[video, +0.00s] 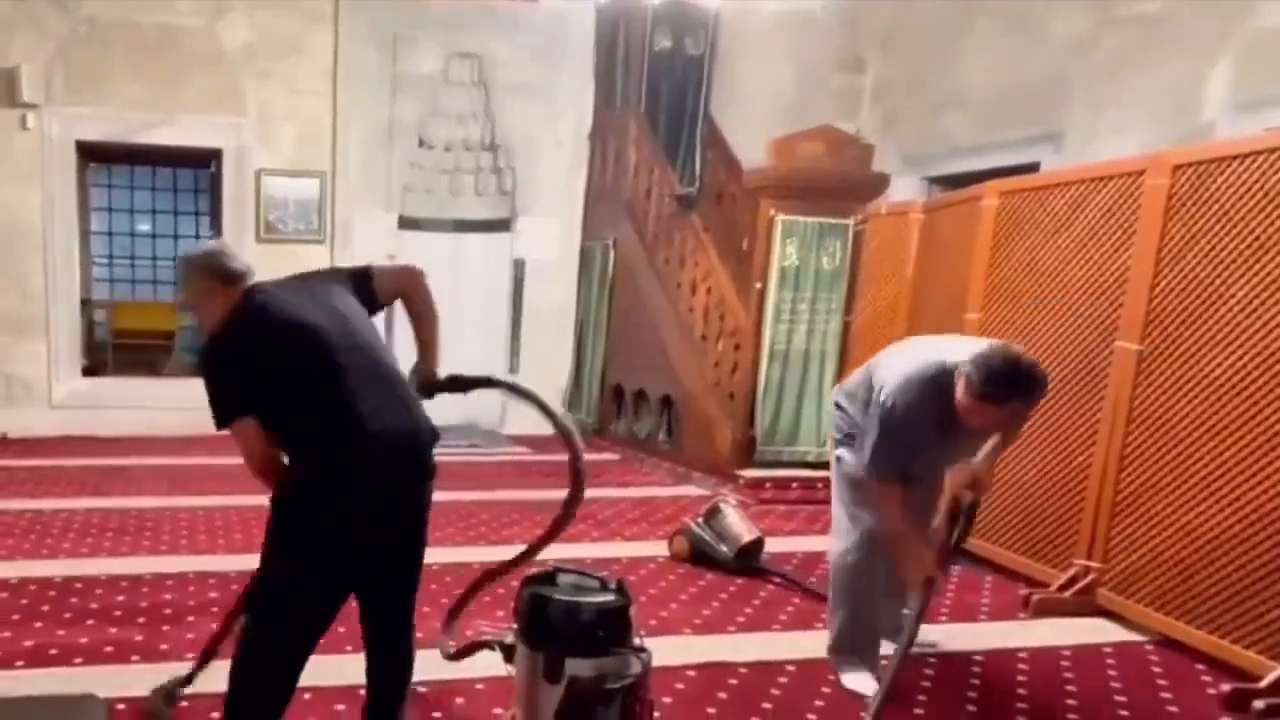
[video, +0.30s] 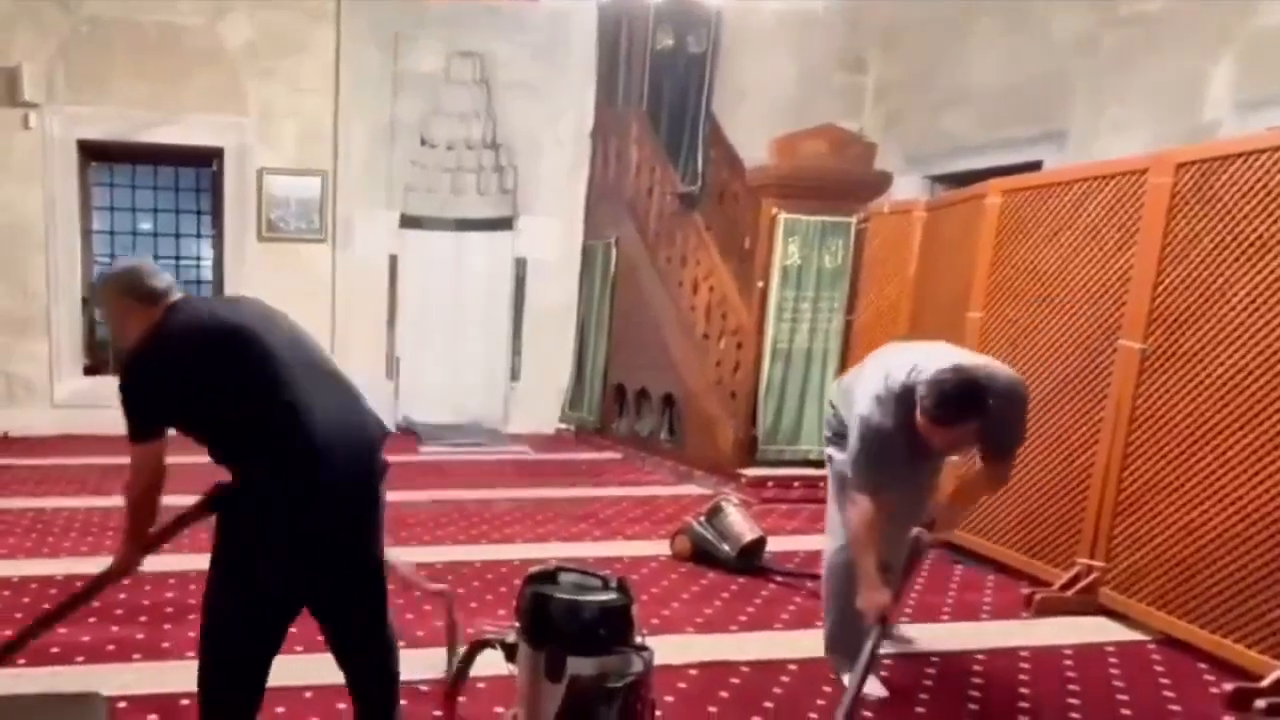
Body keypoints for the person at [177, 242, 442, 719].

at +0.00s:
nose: (196, 317)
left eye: (195, 304)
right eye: (192, 306)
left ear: (212, 291)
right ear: (244, 278)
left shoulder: (225, 346)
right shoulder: (319, 286)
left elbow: (260, 458)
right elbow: (410, 277)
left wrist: (296, 494)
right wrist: (427, 366)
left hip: (333, 477)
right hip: (408, 461)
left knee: (276, 637)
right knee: (391, 628)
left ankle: (247, 715)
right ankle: (386, 714)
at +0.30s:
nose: (113, 333)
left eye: (111, 320)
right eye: (108, 322)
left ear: (128, 310)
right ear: (166, 293)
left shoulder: (146, 359)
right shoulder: (234, 312)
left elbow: (147, 475)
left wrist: (132, 545)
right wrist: (244, 476)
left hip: (279, 486)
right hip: (356, 465)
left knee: (233, 650)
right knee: (362, 633)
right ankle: (381, 710)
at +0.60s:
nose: (51, 374)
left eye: (48, 360)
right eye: (44, 361)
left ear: (68, 345)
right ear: (103, 330)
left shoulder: (83, 395)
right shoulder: (176, 349)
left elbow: (55, 501)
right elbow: (175, 476)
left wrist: (14, 574)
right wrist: (127, 546)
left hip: (246, 490)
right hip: (324, 461)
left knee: (214, 649)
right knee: (354, 622)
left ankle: (215, 713)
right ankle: (391, 706)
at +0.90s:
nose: (58, 391)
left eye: (52, 378)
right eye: (51, 380)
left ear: (66, 363)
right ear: (103, 338)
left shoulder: (84, 402)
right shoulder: (178, 360)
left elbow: (40, 509)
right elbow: (162, 494)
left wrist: (5, 568)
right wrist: (105, 551)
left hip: (245, 496)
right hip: (327, 468)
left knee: (213, 651)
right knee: (360, 640)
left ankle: (213, 719)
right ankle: (391, 711)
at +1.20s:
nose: (116, 366)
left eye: (112, 348)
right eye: (110, 352)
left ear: (132, 328)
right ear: (166, 314)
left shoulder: (148, 381)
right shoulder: (232, 332)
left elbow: (116, 496)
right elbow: (276, 430)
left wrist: (78, 574)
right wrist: (213, 510)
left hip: (290, 499)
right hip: (371, 469)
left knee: (238, 664)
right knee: (356, 645)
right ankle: (390, 710)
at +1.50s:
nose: (195, 335)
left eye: (192, 322)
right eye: (188, 324)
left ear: (209, 307)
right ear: (243, 291)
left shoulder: (227, 364)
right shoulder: (315, 311)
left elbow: (223, 479)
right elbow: (361, 401)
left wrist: (211, 556)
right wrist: (304, 477)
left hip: (354, 501)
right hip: (433, 481)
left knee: (286, 666)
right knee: (393, 656)